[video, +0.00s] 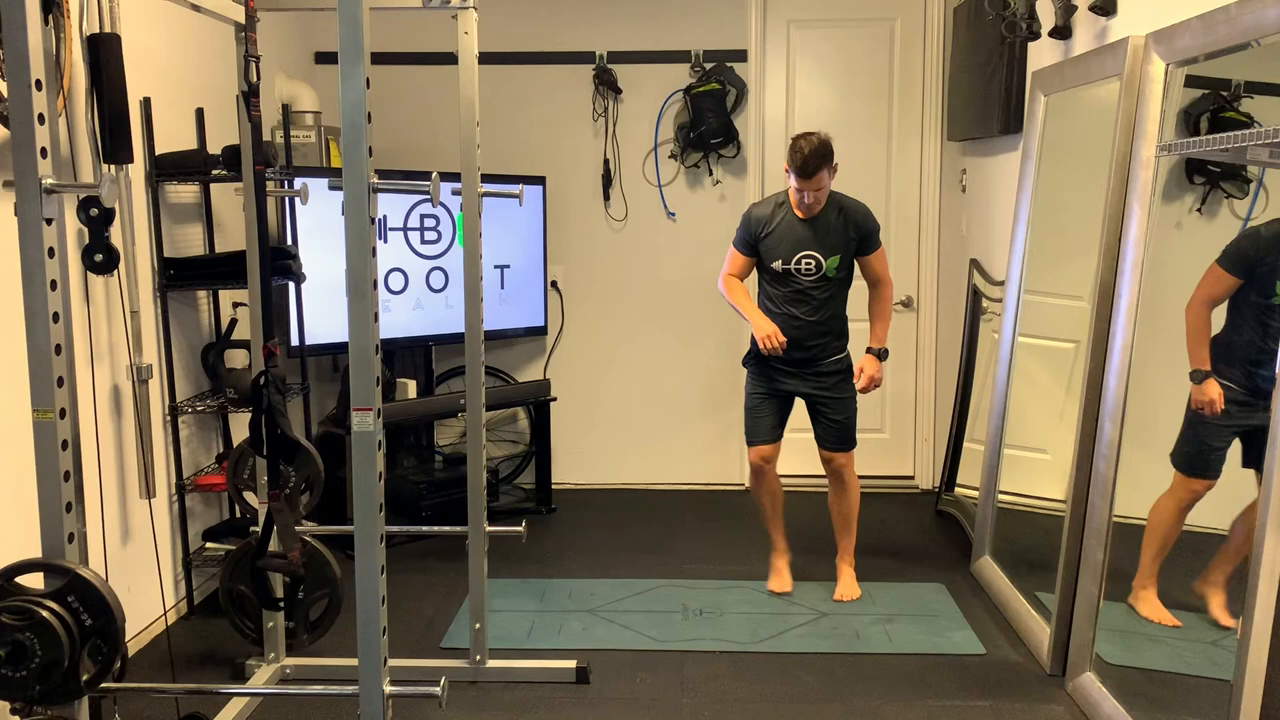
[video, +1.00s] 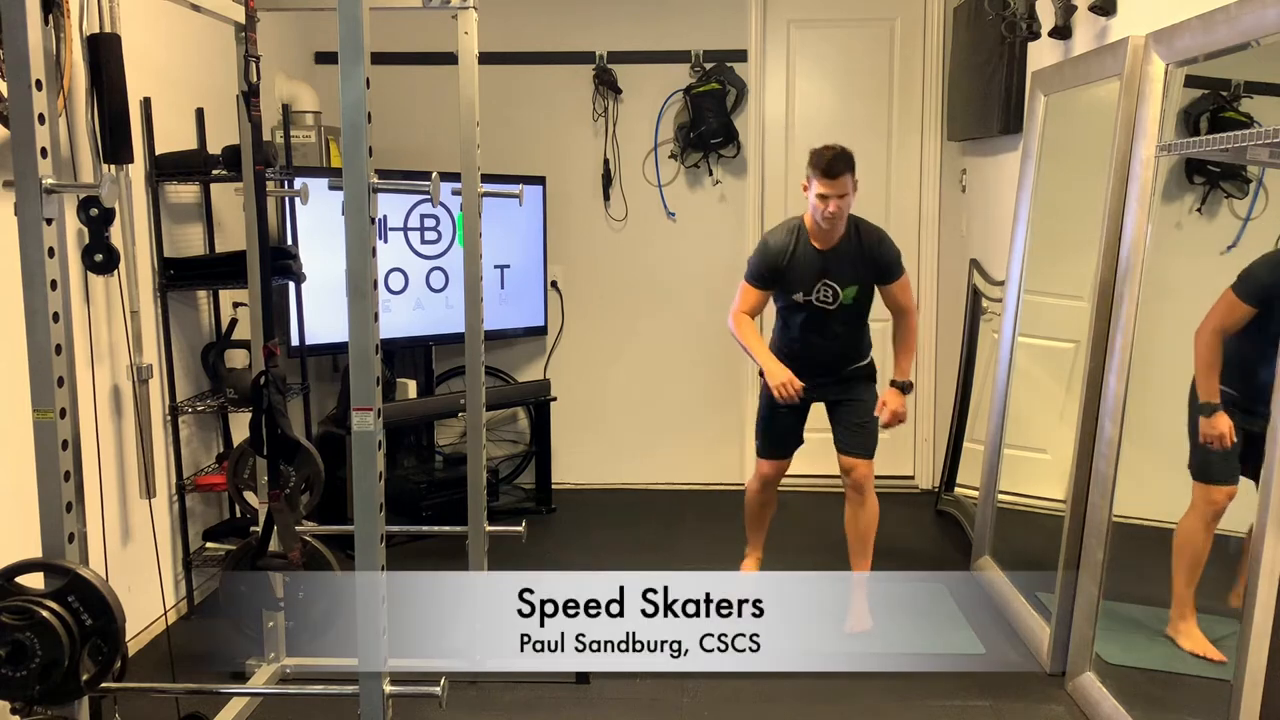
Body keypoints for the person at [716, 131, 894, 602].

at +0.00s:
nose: (808, 198)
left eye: (817, 190)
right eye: (800, 189)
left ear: (833, 177)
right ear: (787, 175)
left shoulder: (855, 220)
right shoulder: (761, 218)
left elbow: (880, 284)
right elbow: (729, 279)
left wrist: (876, 350)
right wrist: (757, 319)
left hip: (830, 363)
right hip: (770, 363)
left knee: (839, 464)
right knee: (760, 459)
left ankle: (846, 565)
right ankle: (779, 553)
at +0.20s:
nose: (796, 198)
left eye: (806, 189)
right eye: (789, 188)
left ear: (821, 176)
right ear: (775, 173)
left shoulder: (843, 220)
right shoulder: (748, 220)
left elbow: (870, 283)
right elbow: (720, 282)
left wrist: (871, 349)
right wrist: (749, 321)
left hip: (819, 364)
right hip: (759, 365)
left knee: (833, 465)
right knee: (744, 464)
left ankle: (845, 566)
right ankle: (734, 567)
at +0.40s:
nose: (780, 196)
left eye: (788, 186)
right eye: (771, 187)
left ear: (802, 175)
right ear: (756, 175)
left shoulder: (823, 220)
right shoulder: (728, 226)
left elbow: (846, 284)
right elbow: (694, 288)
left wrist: (850, 350)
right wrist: (725, 332)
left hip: (808, 365)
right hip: (748, 367)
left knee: (830, 463)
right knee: (738, 469)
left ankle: (844, 562)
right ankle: (735, 569)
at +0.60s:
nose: (785, 193)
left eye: (794, 183)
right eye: (776, 183)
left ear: (806, 172)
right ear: (759, 172)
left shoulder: (824, 221)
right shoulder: (729, 228)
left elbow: (843, 285)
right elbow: (694, 289)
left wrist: (846, 351)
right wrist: (714, 335)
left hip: (809, 366)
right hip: (749, 369)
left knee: (830, 466)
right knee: (740, 472)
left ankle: (850, 578)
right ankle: (735, 566)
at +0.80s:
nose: (807, 196)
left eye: (816, 185)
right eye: (797, 185)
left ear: (828, 178)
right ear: (781, 176)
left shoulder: (846, 228)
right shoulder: (750, 233)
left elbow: (869, 291)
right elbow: (713, 295)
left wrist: (868, 360)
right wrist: (736, 342)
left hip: (825, 371)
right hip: (764, 372)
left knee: (841, 474)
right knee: (747, 474)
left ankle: (858, 588)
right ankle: (736, 565)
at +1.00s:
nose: (832, 207)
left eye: (842, 197)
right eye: (823, 197)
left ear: (855, 191)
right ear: (806, 190)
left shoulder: (875, 246)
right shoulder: (777, 247)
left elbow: (905, 312)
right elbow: (740, 316)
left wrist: (900, 384)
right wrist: (769, 364)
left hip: (851, 376)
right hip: (788, 375)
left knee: (859, 478)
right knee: (767, 473)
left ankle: (860, 592)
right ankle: (752, 558)